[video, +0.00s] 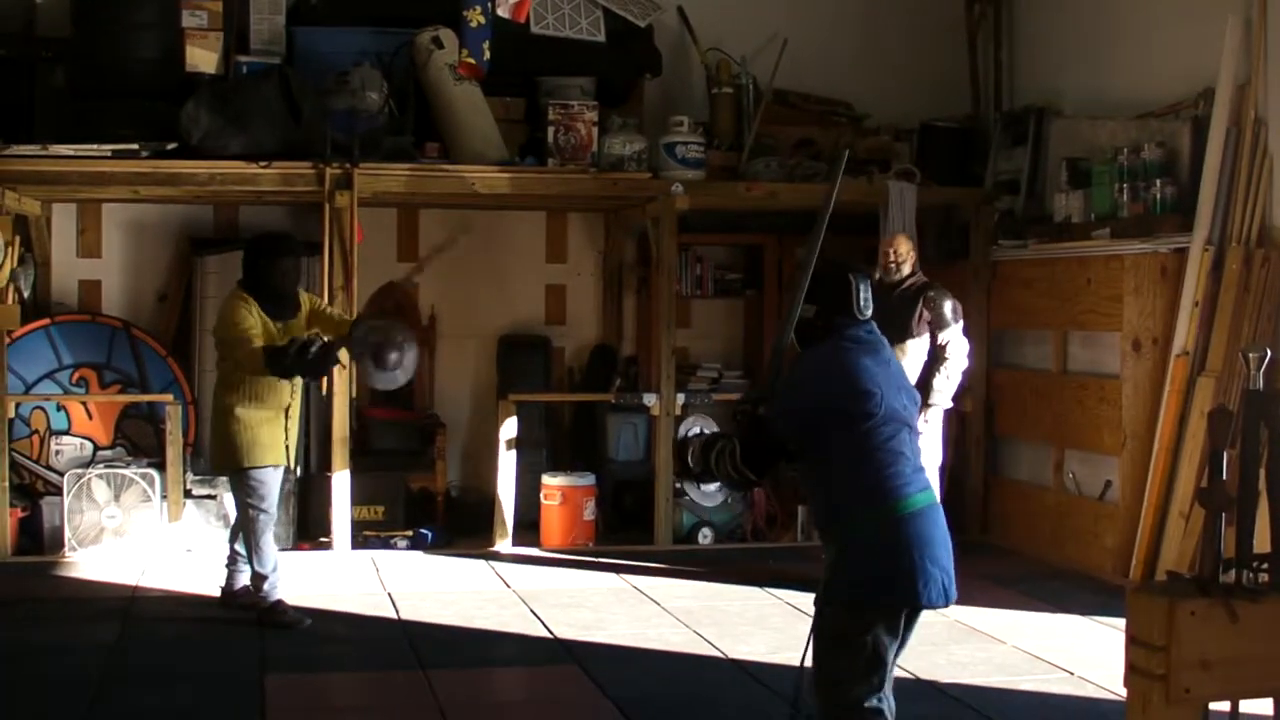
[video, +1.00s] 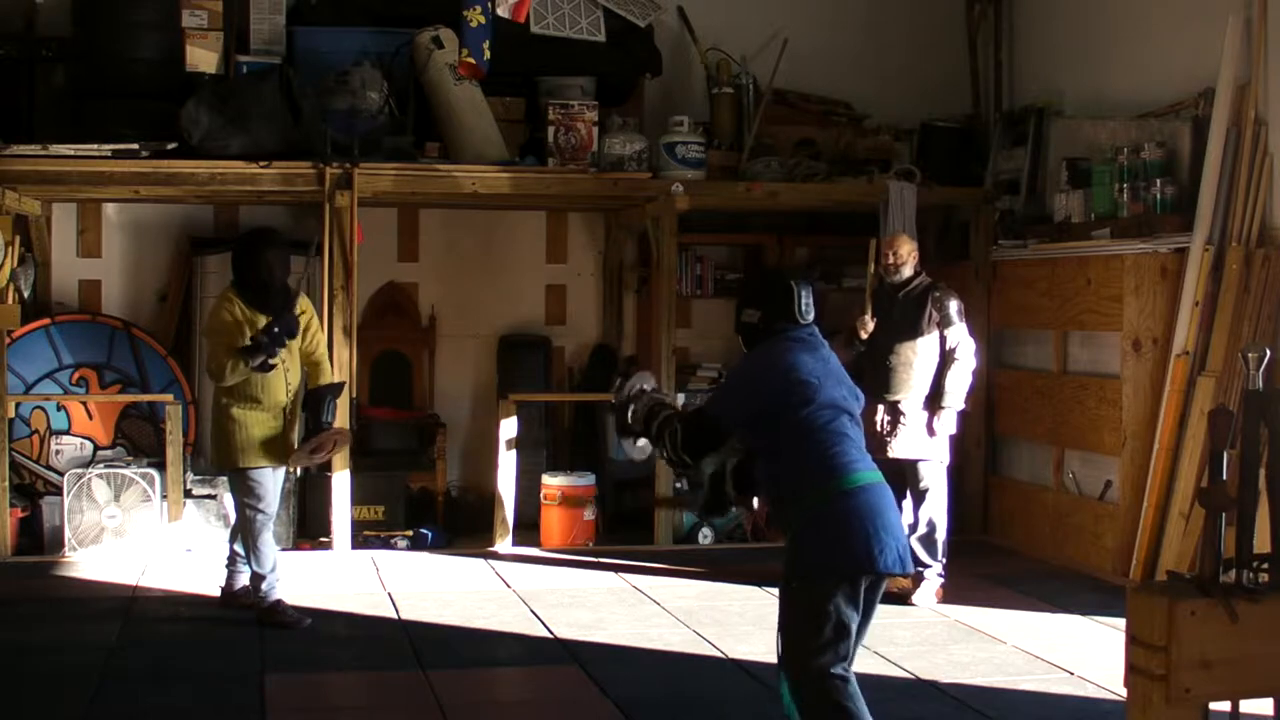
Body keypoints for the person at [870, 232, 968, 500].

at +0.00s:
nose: (891, 259)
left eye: (898, 254)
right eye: (886, 253)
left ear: (912, 257)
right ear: (878, 256)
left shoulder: (932, 297)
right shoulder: (872, 293)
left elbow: (954, 352)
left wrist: (935, 402)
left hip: (921, 400)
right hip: (879, 397)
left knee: (922, 466)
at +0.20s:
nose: (891, 259)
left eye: (898, 253)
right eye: (886, 253)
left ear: (912, 256)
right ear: (879, 255)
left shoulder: (930, 296)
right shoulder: (875, 294)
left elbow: (955, 348)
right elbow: (863, 344)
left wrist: (929, 402)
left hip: (919, 405)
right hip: (880, 401)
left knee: (921, 476)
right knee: (885, 477)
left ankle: (931, 552)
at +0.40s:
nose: (890, 260)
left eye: (897, 254)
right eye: (885, 254)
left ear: (913, 257)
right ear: (879, 258)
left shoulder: (934, 298)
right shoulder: (876, 296)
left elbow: (956, 353)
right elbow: (865, 349)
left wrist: (936, 403)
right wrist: (856, 331)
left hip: (919, 410)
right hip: (879, 407)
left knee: (924, 490)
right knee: (885, 489)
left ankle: (930, 570)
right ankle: (889, 570)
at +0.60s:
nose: (891, 260)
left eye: (898, 253)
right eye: (885, 254)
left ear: (913, 257)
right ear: (877, 258)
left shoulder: (934, 298)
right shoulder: (874, 296)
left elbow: (960, 352)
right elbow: (861, 358)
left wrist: (942, 404)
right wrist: (856, 335)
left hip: (922, 413)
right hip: (879, 409)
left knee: (925, 497)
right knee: (888, 494)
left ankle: (929, 577)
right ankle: (896, 573)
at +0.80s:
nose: (889, 260)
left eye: (896, 253)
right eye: (884, 254)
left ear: (914, 257)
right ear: (878, 259)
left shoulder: (937, 299)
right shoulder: (876, 298)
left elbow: (961, 353)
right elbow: (857, 358)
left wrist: (946, 405)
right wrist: (857, 337)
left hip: (922, 414)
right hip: (877, 413)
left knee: (927, 498)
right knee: (887, 495)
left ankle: (929, 577)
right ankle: (895, 571)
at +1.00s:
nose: (889, 259)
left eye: (896, 252)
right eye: (884, 253)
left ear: (915, 256)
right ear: (878, 258)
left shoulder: (938, 299)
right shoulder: (877, 298)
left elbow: (962, 355)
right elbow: (859, 359)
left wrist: (949, 406)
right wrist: (859, 337)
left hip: (923, 415)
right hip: (879, 415)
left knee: (928, 499)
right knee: (886, 495)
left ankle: (929, 577)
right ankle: (893, 571)